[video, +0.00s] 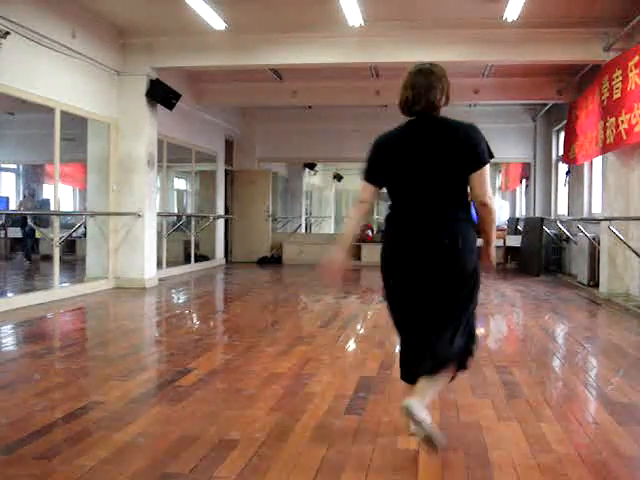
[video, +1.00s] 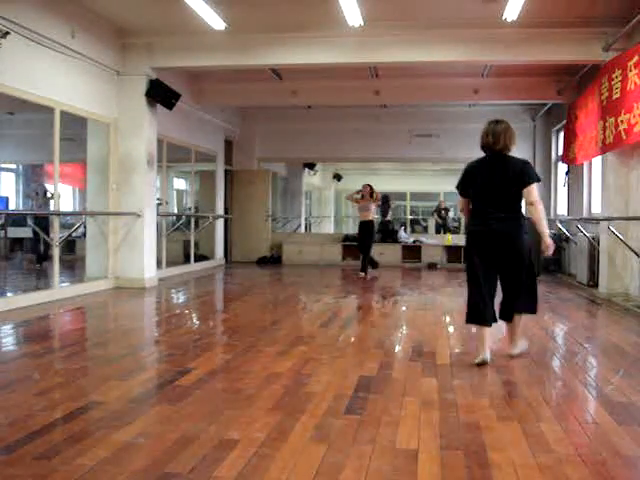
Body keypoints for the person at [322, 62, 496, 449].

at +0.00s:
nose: (446, 97)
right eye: (445, 91)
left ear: (404, 97)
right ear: (443, 96)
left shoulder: (387, 144)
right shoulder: (465, 136)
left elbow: (363, 204)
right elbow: (483, 200)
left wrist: (340, 250)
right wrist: (488, 246)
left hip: (400, 251)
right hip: (452, 251)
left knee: (414, 333)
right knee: (458, 331)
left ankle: (421, 424)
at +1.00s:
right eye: (510, 137)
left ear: (484, 140)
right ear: (511, 140)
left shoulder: (472, 169)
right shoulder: (521, 167)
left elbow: (464, 207)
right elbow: (534, 203)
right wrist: (545, 234)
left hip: (480, 238)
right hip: (512, 238)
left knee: (481, 289)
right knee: (515, 285)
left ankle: (482, 349)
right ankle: (514, 341)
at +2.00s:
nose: (542, 163)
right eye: (542, 161)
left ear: (523, 164)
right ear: (542, 164)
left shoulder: (513, 186)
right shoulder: (549, 185)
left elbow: (511, 216)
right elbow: (562, 212)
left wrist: (517, 228)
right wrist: (574, 235)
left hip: (521, 236)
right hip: (545, 236)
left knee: (519, 270)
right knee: (543, 274)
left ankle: (522, 300)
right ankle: (540, 315)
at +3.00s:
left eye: (522, 170)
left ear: (521, 172)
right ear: (536, 172)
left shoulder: (514, 190)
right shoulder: (543, 189)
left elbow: (504, 211)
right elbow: (551, 211)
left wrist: (497, 227)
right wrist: (543, 217)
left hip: (518, 232)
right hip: (538, 233)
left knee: (519, 263)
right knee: (535, 264)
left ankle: (522, 294)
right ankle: (533, 299)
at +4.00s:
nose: (501, 180)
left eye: (501, 178)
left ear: (502, 180)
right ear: (514, 180)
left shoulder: (499, 195)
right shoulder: (519, 194)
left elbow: (496, 214)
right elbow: (521, 211)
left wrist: (490, 232)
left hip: (502, 230)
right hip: (517, 230)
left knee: (500, 257)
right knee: (517, 258)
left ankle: (499, 285)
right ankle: (518, 287)